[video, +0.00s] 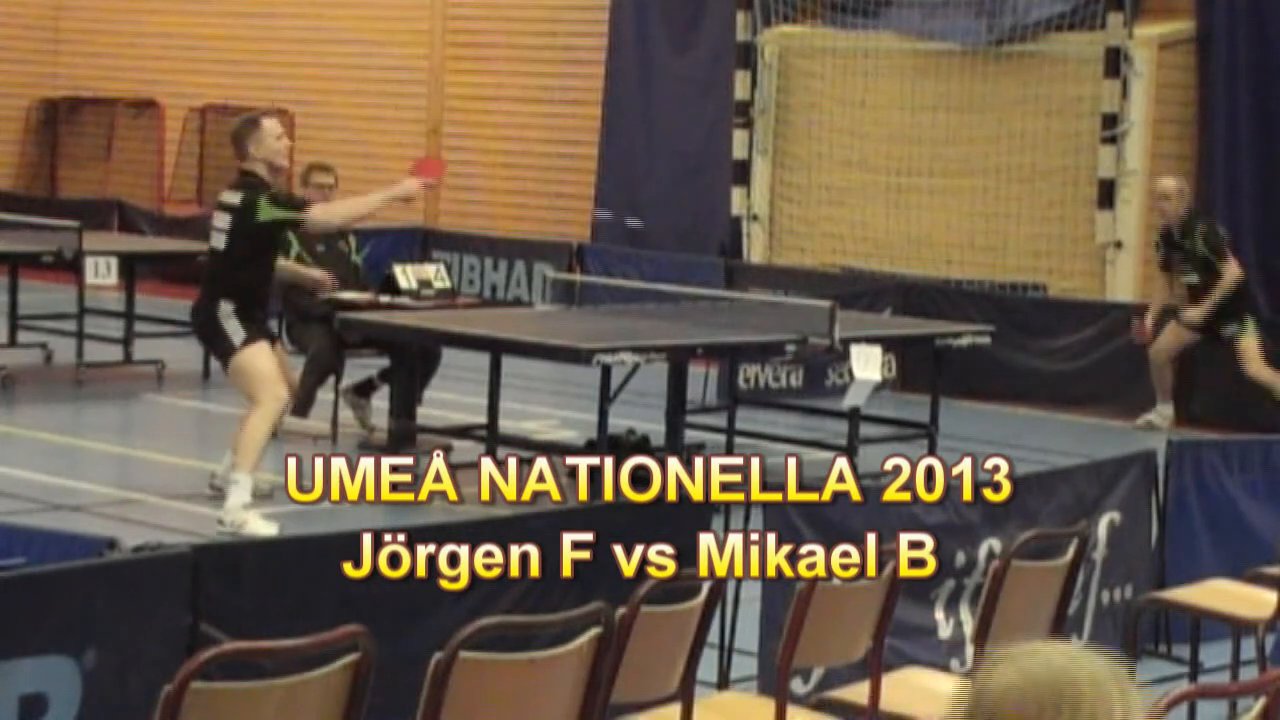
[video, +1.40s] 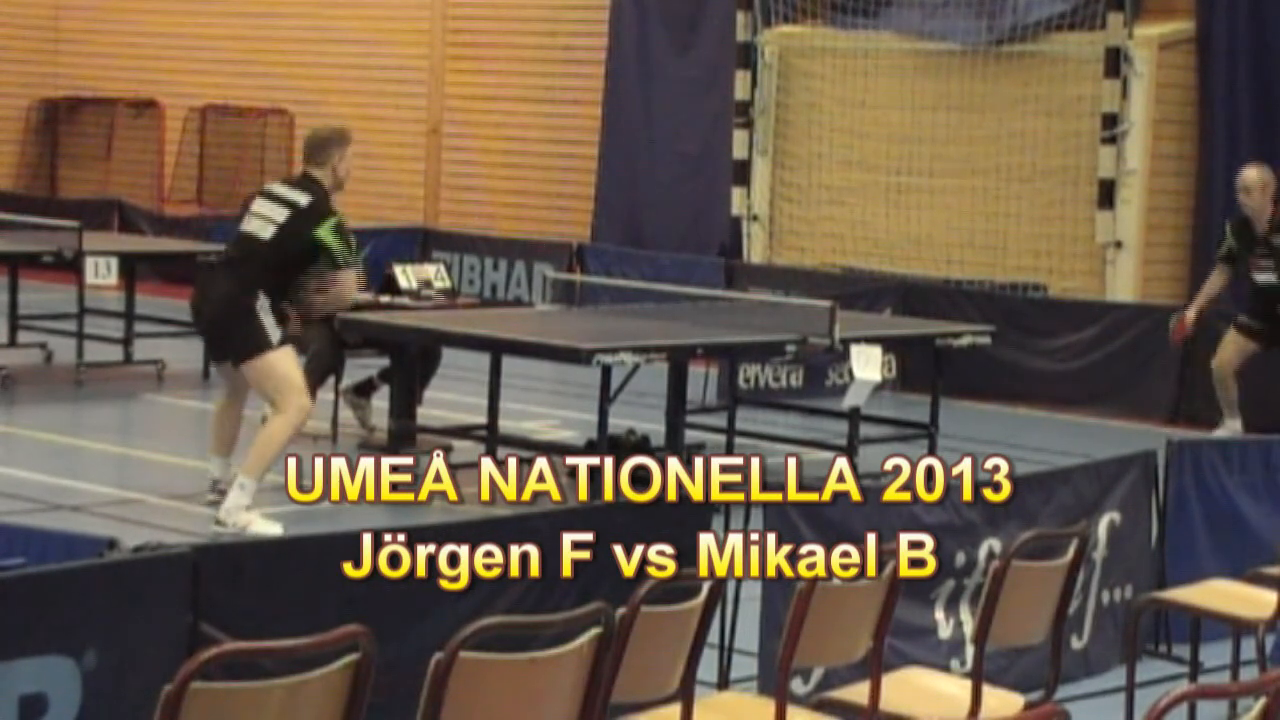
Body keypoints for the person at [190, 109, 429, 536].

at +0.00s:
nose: (287, 144)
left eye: (285, 137)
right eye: (278, 138)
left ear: (255, 150)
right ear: (251, 149)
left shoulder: (242, 193)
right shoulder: (256, 200)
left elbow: (257, 257)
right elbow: (325, 216)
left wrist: (307, 274)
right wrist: (395, 191)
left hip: (242, 306)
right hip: (225, 310)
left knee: (282, 391)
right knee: (272, 397)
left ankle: (230, 468)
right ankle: (236, 505)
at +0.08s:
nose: (289, 141)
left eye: (286, 134)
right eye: (280, 135)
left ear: (254, 149)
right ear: (256, 147)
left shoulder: (238, 191)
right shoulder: (264, 200)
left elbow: (239, 246)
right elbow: (338, 223)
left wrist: (273, 270)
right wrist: (397, 201)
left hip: (227, 305)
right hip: (230, 309)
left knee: (270, 393)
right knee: (278, 398)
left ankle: (230, 470)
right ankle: (237, 504)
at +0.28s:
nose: (303, 144)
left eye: (300, 136)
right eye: (298, 138)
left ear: (259, 145)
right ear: (283, 145)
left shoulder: (227, 188)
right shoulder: (286, 201)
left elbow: (189, 245)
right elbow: (331, 260)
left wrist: (211, 281)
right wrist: (359, 242)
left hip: (213, 300)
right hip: (242, 304)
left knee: (256, 393)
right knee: (287, 398)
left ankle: (228, 472)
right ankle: (238, 503)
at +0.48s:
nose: (315, 137)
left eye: (313, 128)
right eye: (310, 129)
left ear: (269, 136)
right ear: (292, 136)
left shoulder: (233, 177)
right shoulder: (290, 194)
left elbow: (201, 239)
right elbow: (316, 265)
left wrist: (229, 260)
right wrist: (352, 268)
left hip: (208, 289)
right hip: (241, 294)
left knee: (241, 389)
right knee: (279, 395)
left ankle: (217, 473)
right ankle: (238, 504)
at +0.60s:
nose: (313, 135)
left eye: (311, 126)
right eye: (309, 127)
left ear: (270, 132)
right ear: (292, 132)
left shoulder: (243, 172)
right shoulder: (280, 187)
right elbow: (305, 262)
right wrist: (356, 277)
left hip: (211, 287)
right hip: (237, 293)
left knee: (244, 388)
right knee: (276, 390)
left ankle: (216, 474)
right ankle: (238, 503)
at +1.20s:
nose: (336, 172)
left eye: (334, 163)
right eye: (331, 164)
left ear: (298, 169)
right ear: (314, 169)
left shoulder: (267, 201)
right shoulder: (295, 221)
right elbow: (304, 302)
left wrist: (308, 303)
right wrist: (325, 319)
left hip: (216, 310)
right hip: (236, 317)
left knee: (255, 395)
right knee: (299, 403)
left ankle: (215, 477)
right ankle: (237, 503)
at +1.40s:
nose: (352, 168)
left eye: (350, 160)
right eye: (349, 160)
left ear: (310, 161)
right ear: (335, 164)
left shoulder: (272, 189)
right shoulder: (320, 212)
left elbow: (269, 251)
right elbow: (353, 276)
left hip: (209, 294)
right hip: (243, 303)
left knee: (235, 390)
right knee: (295, 404)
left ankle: (220, 480)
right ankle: (236, 506)